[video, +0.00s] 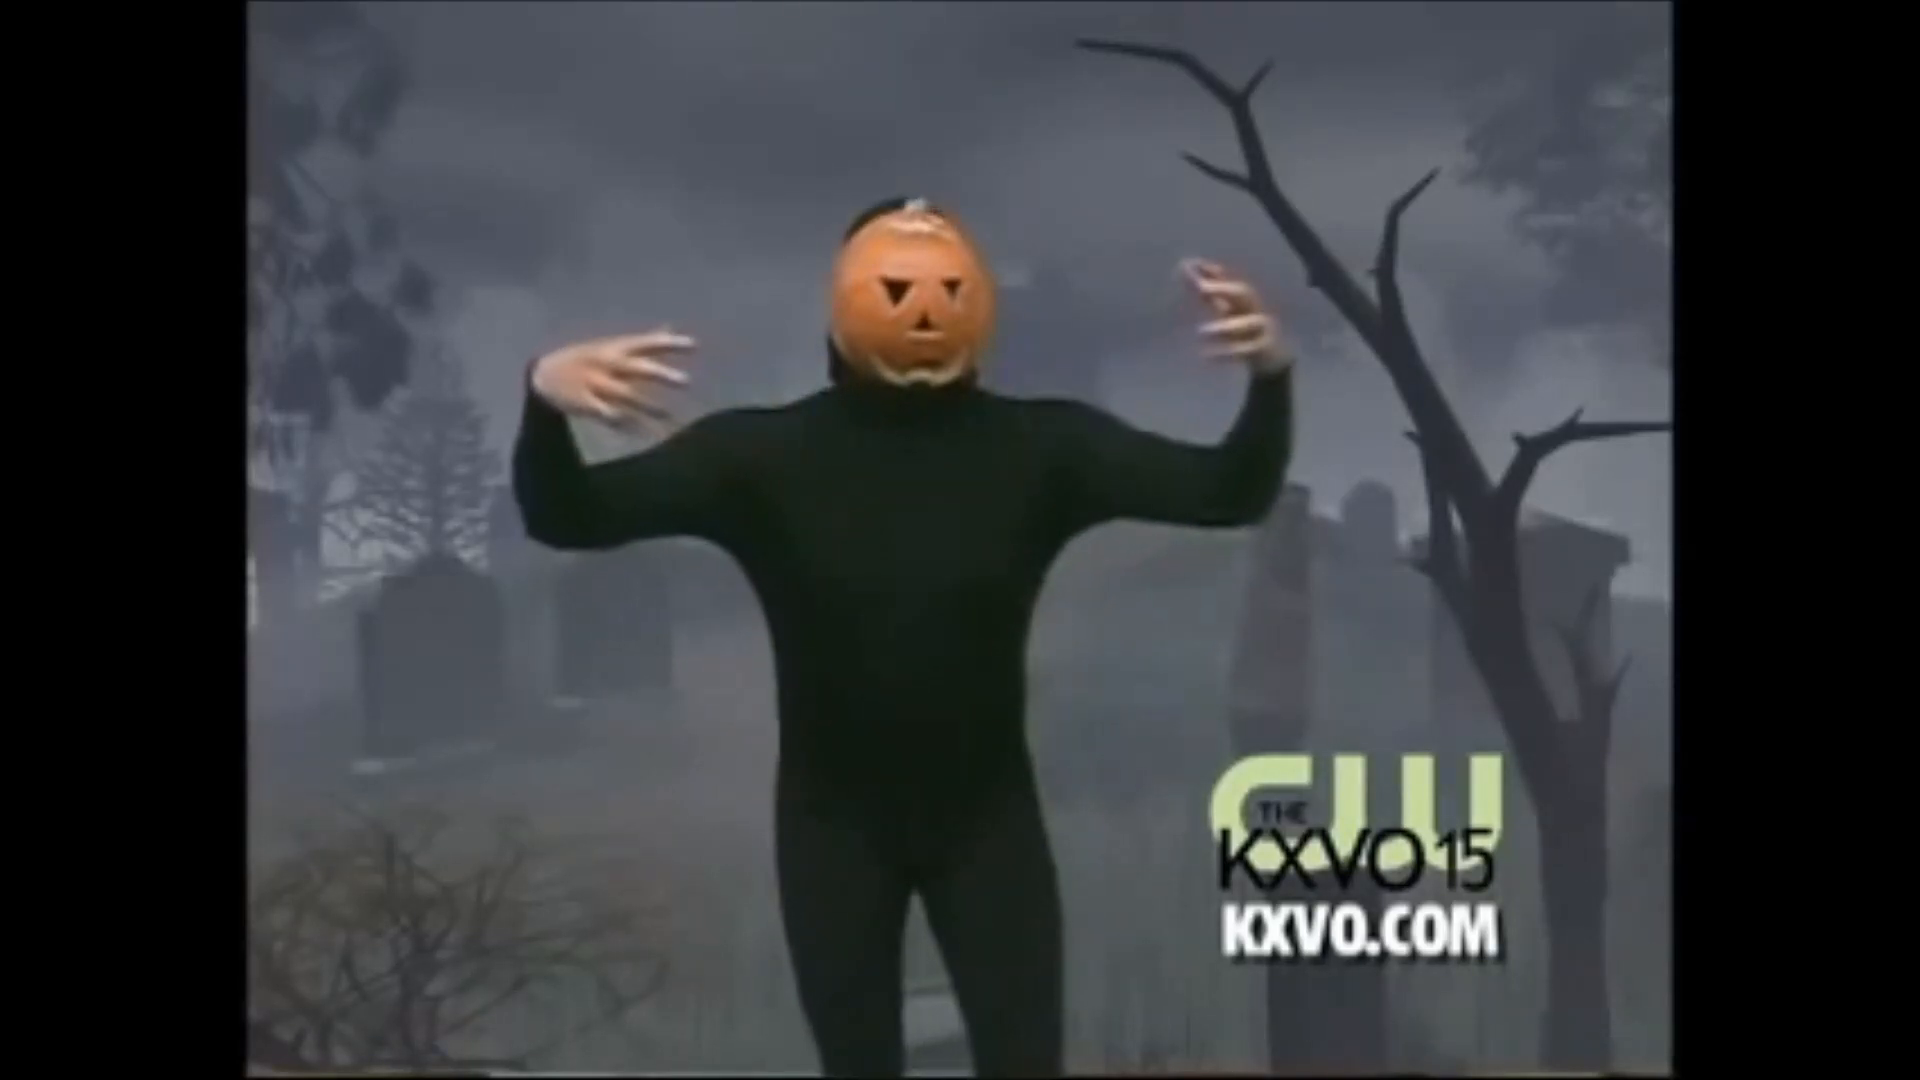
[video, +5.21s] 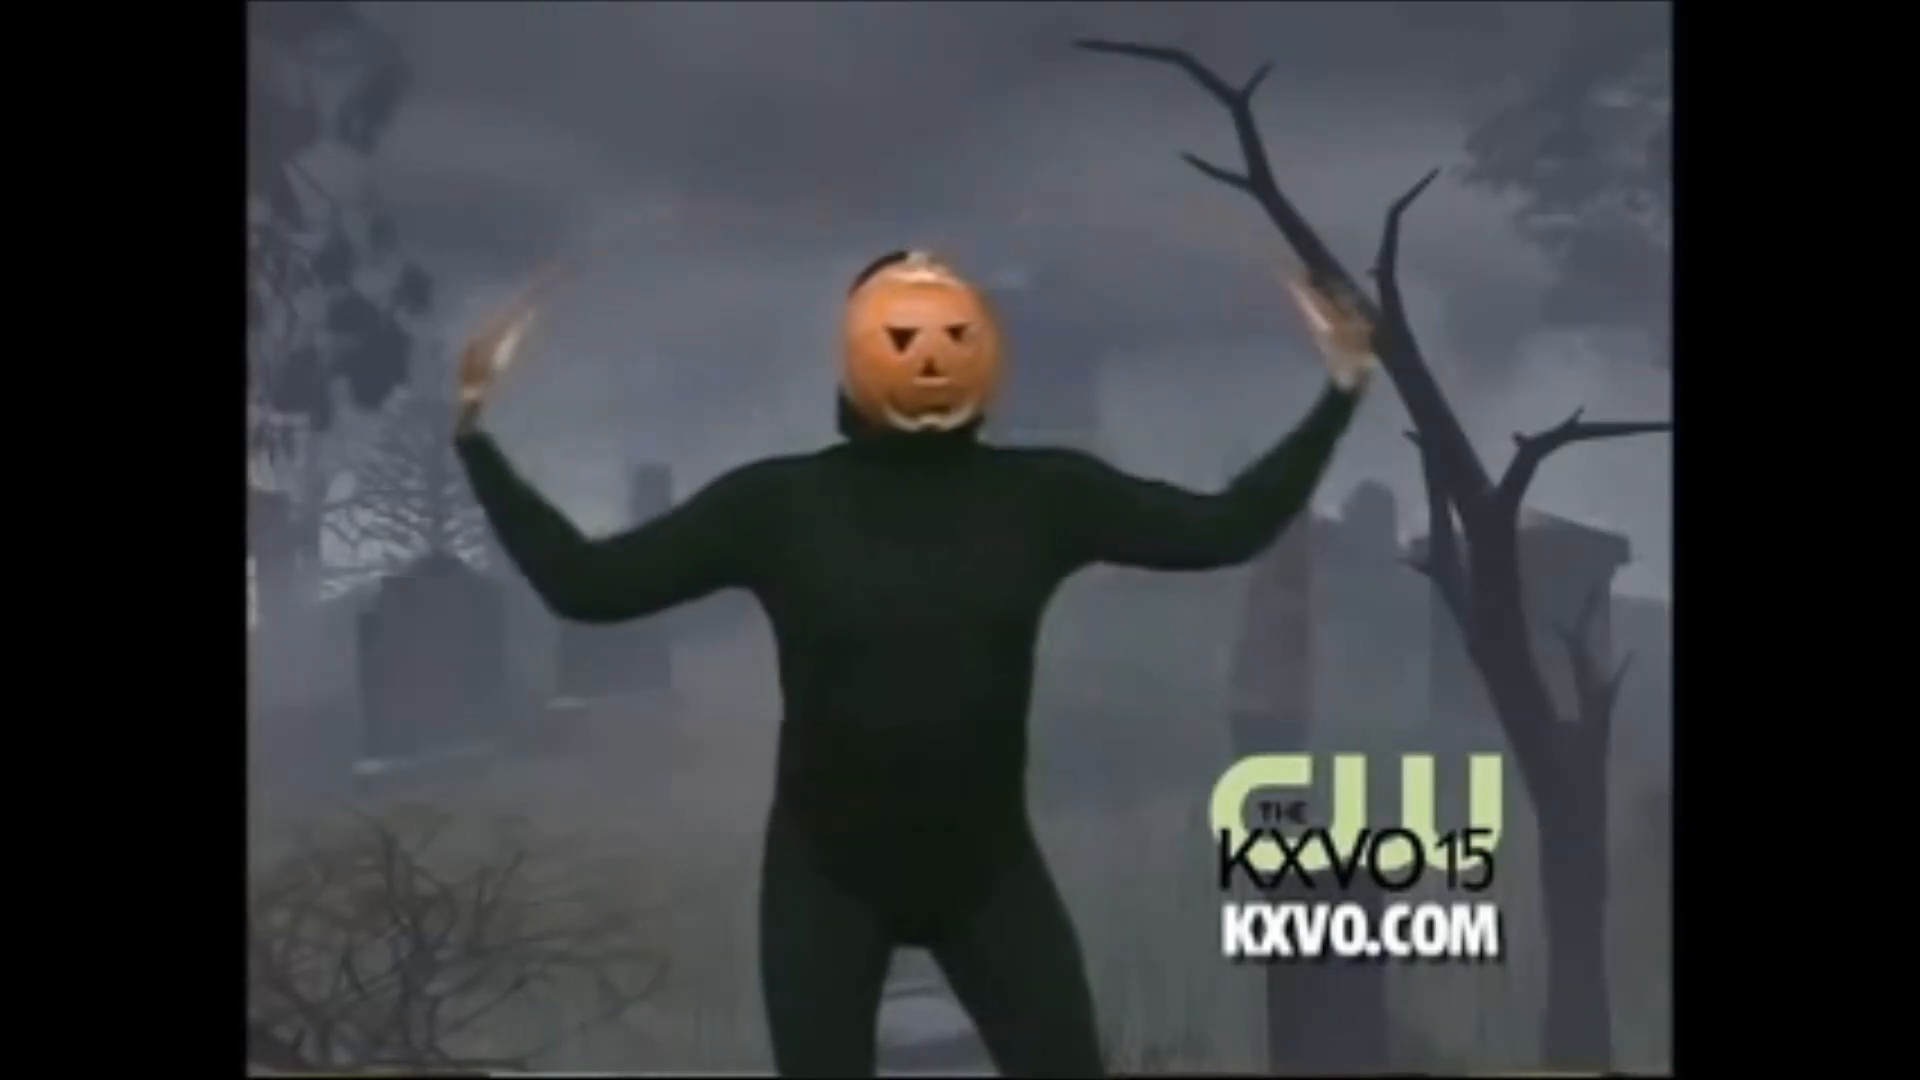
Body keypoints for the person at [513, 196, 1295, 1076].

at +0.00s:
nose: (926, 305)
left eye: (951, 287)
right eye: (893, 285)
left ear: (985, 314)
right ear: (836, 314)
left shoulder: (1046, 446)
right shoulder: (756, 453)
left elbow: (1236, 491)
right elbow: (565, 512)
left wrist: (1271, 376)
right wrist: (545, 400)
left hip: (988, 817)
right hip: (832, 823)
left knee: (1026, 1060)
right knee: (858, 1061)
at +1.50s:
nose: (926, 260)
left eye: (952, 250)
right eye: (892, 247)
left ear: (988, 309)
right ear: (838, 309)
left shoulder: (1053, 420)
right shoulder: (761, 423)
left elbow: (1229, 366)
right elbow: (571, 373)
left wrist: (1305, 234)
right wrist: (491, 233)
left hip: (1000, 838)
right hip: (833, 846)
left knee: (1087, 1068)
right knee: (834, 1072)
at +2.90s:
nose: (928, 281)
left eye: (953, 266)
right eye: (896, 265)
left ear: (993, 299)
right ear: (842, 302)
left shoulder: (1035, 399)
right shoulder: (776, 400)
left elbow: (1171, 260)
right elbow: (619, 255)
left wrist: (1240, 81)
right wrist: (544, 60)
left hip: (997, 837)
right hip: (830, 845)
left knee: (1088, 1064)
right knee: (818, 1066)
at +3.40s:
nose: (933, 297)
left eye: (958, 283)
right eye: (901, 281)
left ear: (998, 316)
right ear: (852, 319)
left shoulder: (1032, 417)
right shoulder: (791, 417)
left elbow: (1155, 253)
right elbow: (675, 260)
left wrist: (1114, 54)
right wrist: (712, 48)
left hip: (1000, 844)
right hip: (831, 850)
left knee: (1091, 1066)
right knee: (819, 1067)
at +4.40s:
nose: (943, 346)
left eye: (967, 328)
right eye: (911, 328)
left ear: (1002, 358)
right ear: (858, 358)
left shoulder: (1049, 465)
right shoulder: (783, 471)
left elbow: (1221, 372)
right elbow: (610, 396)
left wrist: (1169, 230)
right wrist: (683, 229)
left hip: (998, 861)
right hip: (835, 868)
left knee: (1083, 1065)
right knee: (825, 1068)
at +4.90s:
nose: (939, 353)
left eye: (965, 331)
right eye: (905, 332)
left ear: (1001, 362)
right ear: (853, 366)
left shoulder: (1057, 481)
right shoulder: (775, 487)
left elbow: (1241, 465)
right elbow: (578, 495)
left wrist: (1280, 311)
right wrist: (557, 321)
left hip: (995, 865)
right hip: (831, 871)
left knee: (1078, 1066)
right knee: (824, 1067)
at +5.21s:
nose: (930, 349)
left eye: (956, 331)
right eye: (899, 332)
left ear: (992, 364)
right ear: (848, 368)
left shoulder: (1047, 494)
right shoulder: (777, 503)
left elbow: (1232, 524)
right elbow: (585, 584)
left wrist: (1344, 385)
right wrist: (472, 431)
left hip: (989, 866)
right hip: (825, 873)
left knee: (1067, 1064)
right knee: (822, 1070)